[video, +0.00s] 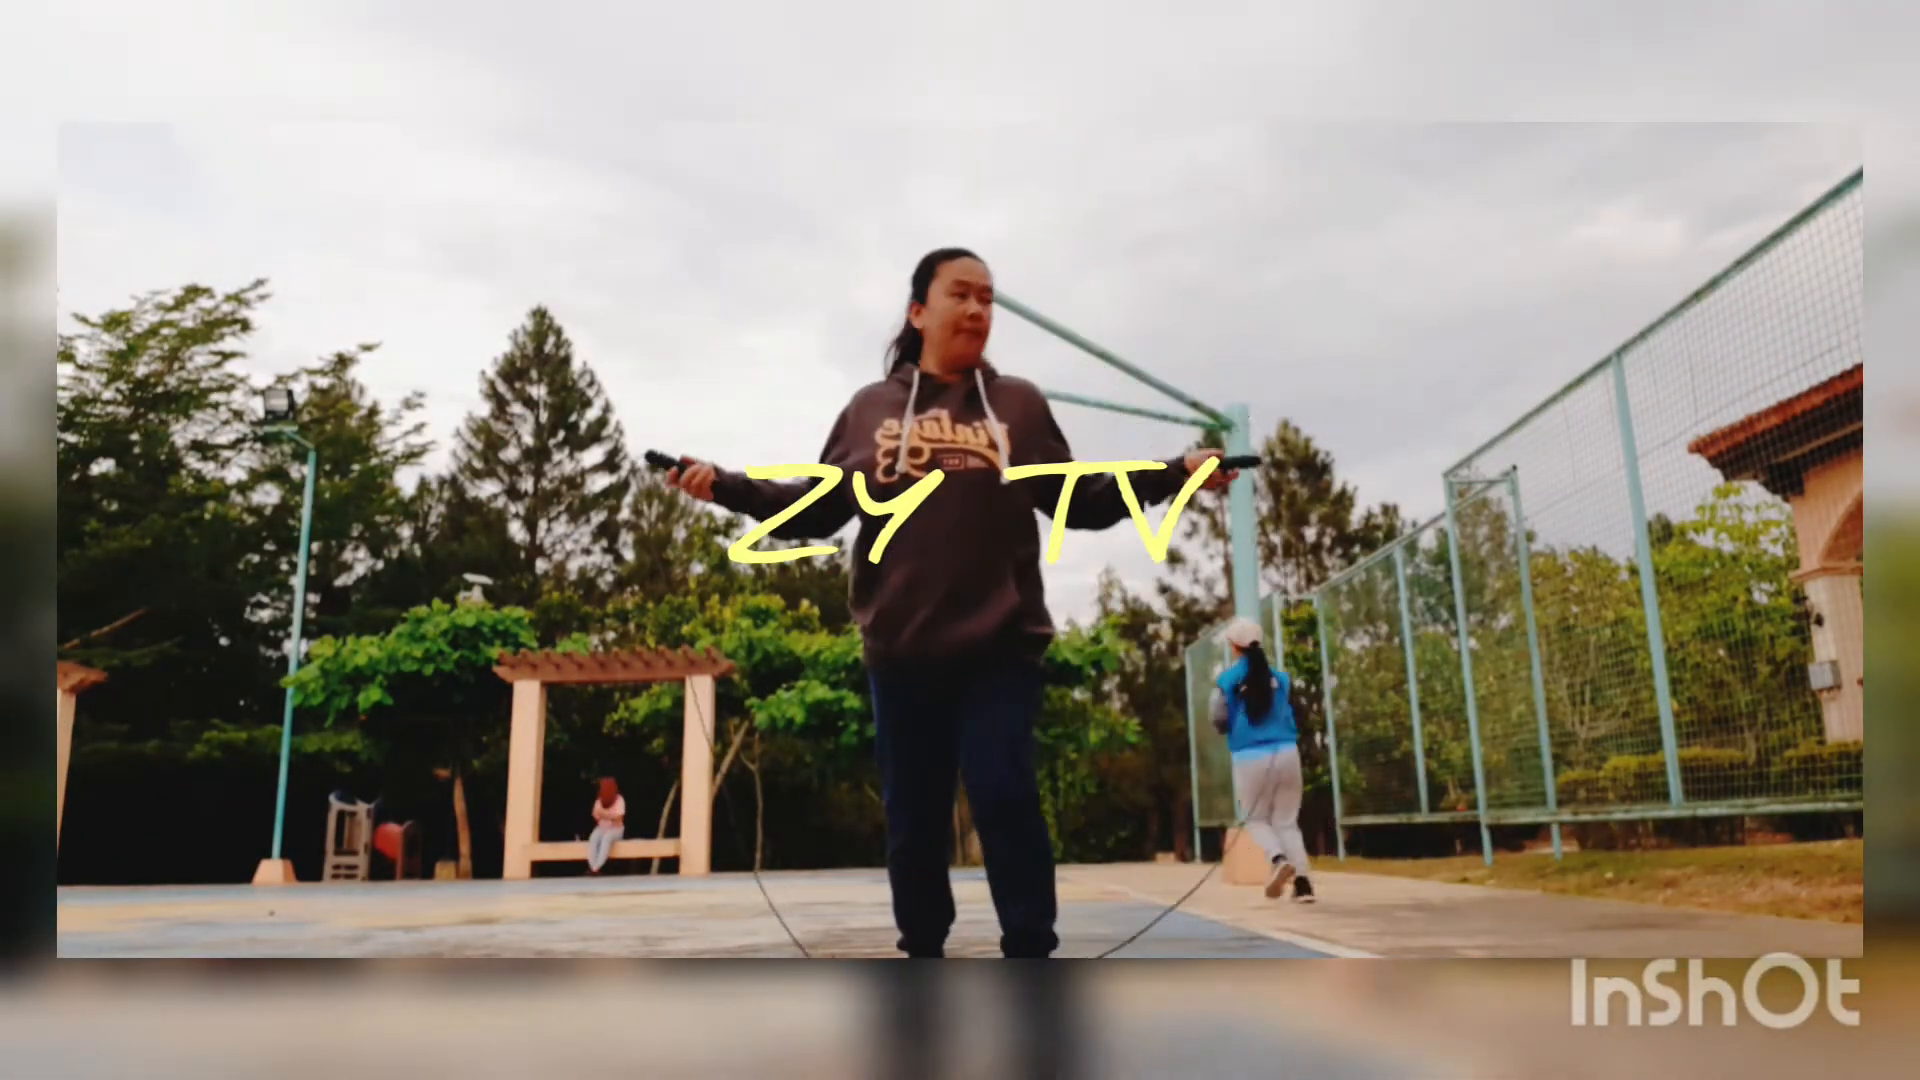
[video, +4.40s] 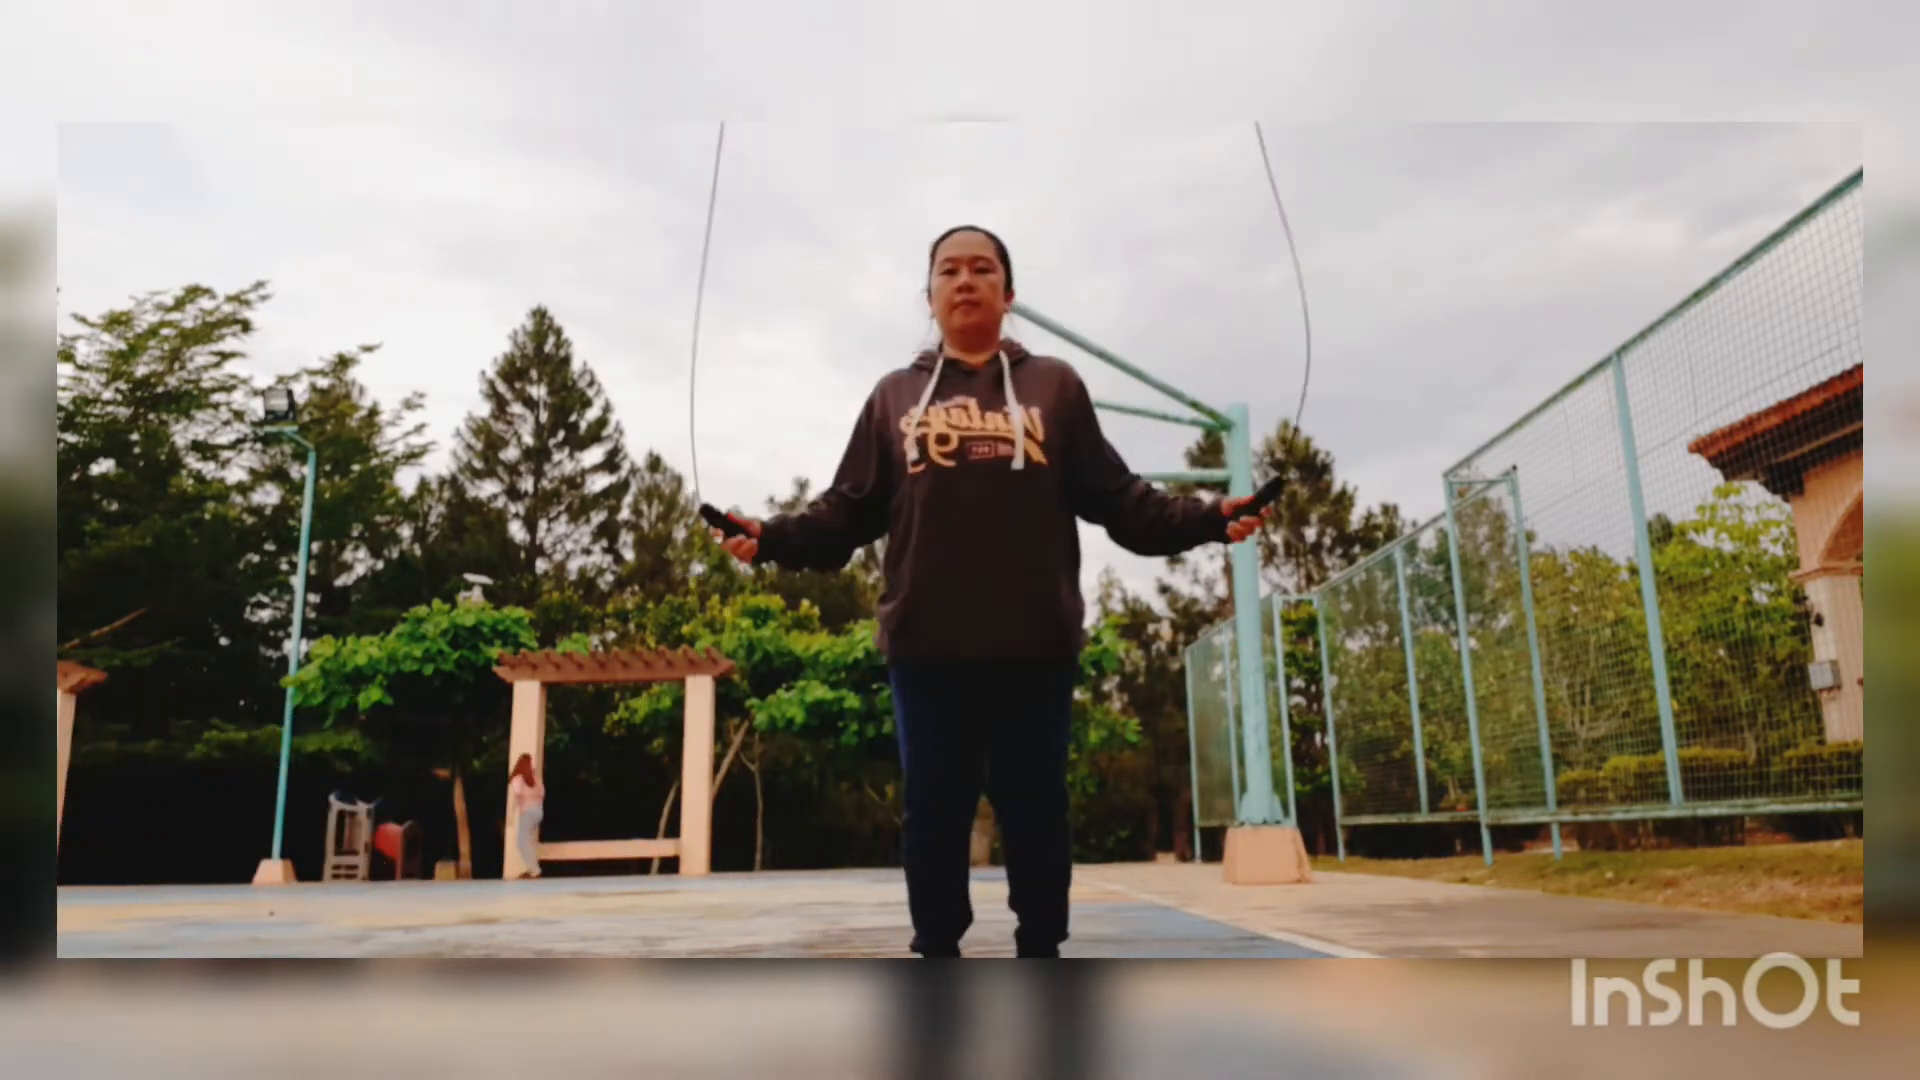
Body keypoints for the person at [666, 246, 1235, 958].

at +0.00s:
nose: (978, 310)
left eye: (987, 300)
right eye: (961, 295)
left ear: (994, 317)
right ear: (917, 312)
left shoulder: (1018, 404)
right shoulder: (869, 408)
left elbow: (1079, 499)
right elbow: (819, 508)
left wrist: (1176, 475)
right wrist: (727, 486)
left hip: (999, 640)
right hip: (903, 647)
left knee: (1004, 795)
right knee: (914, 813)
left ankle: (1031, 955)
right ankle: (922, 957)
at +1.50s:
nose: (953, 350)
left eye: (967, 338)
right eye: (939, 337)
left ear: (990, 355)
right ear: (917, 353)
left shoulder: (1026, 445)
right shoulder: (883, 450)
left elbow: (1084, 539)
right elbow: (831, 545)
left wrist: (1164, 586)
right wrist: (772, 595)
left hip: (1020, 654)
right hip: (925, 662)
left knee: (1035, 739)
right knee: (932, 810)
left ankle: (1017, 921)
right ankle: (939, 952)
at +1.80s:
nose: (950, 272)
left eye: (965, 260)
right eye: (936, 261)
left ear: (988, 280)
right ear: (915, 281)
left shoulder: (1026, 369)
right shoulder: (879, 374)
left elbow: (1071, 465)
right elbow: (835, 477)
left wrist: (1125, 538)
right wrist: (779, 553)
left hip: (1011, 589)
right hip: (917, 594)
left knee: (995, 730)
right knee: (929, 750)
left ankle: (980, 911)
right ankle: (952, 903)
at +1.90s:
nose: (955, 288)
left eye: (969, 276)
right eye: (940, 277)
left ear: (993, 296)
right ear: (919, 299)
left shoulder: (1033, 386)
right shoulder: (886, 392)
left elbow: (1093, 477)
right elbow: (826, 484)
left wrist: (1182, 483)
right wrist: (732, 517)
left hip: (1005, 618)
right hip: (904, 619)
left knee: (993, 791)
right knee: (895, 778)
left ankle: (999, 954)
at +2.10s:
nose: (953, 285)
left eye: (968, 275)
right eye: (938, 276)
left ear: (995, 301)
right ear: (918, 302)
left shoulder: (1038, 387)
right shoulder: (885, 393)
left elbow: (1128, 457)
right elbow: (819, 485)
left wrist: (1216, 403)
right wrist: (734, 431)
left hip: (1005, 622)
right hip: (904, 622)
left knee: (995, 791)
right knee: (895, 754)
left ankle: (998, 948)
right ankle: (935, 847)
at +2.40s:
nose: (942, 303)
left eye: (957, 292)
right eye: (927, 293)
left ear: (983, 316)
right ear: (906, 318)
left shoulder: (1029, 413)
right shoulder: (869, 417)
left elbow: (1099, 508)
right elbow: (820, 518)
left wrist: (1182, 507)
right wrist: (759, 536)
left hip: (1006, 653)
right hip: (902, 657)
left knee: (1002, 812)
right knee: (906, 810)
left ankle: (1005, 960)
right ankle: (900, 961)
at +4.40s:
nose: (967, 280)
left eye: (982, 269)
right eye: (952, 271)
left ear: (1008, 291)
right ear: (930, 293)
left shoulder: (1053, 386)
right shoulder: (895, 395)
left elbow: (1118, 502)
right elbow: (848, 514)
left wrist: (1209, 515)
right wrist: (770, 536)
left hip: (1033, 635)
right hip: (927, 637)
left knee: (1035, 803)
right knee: (933, 804)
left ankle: (1042, 952)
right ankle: (936, 953)